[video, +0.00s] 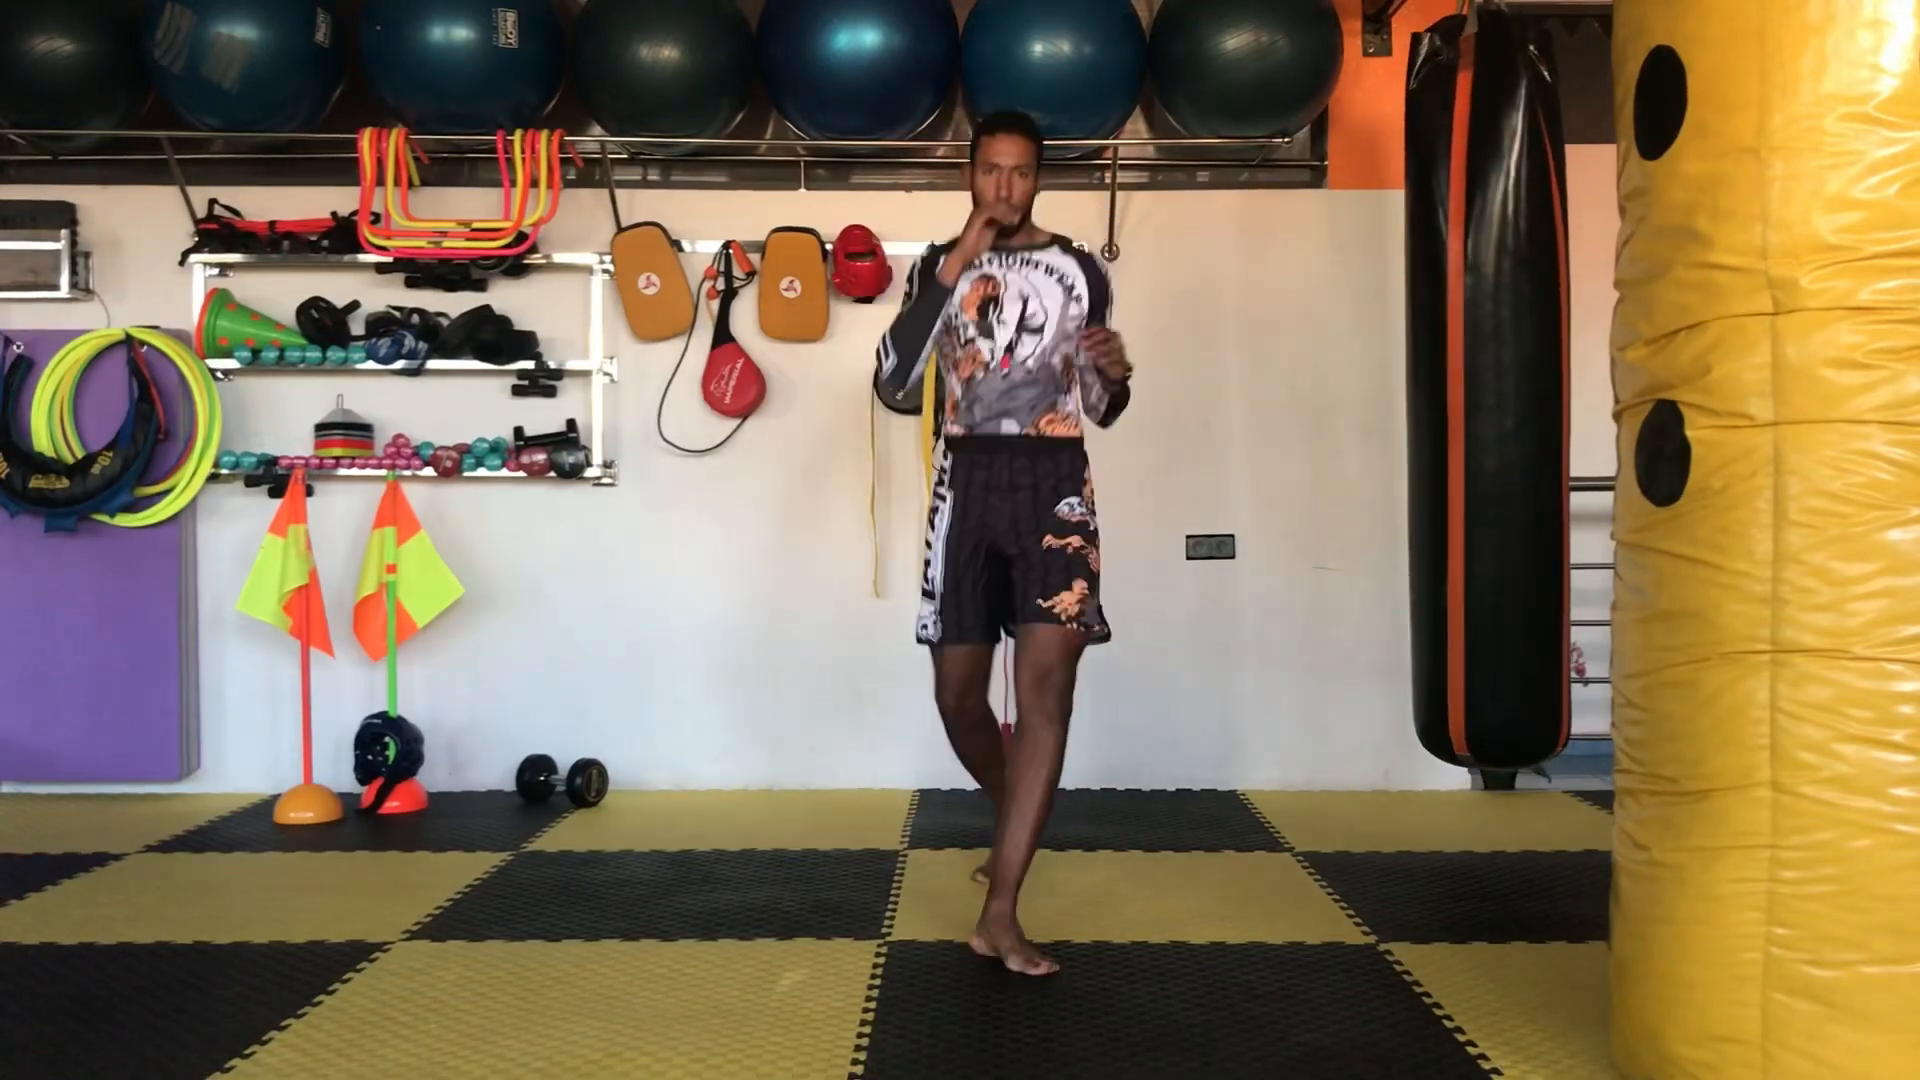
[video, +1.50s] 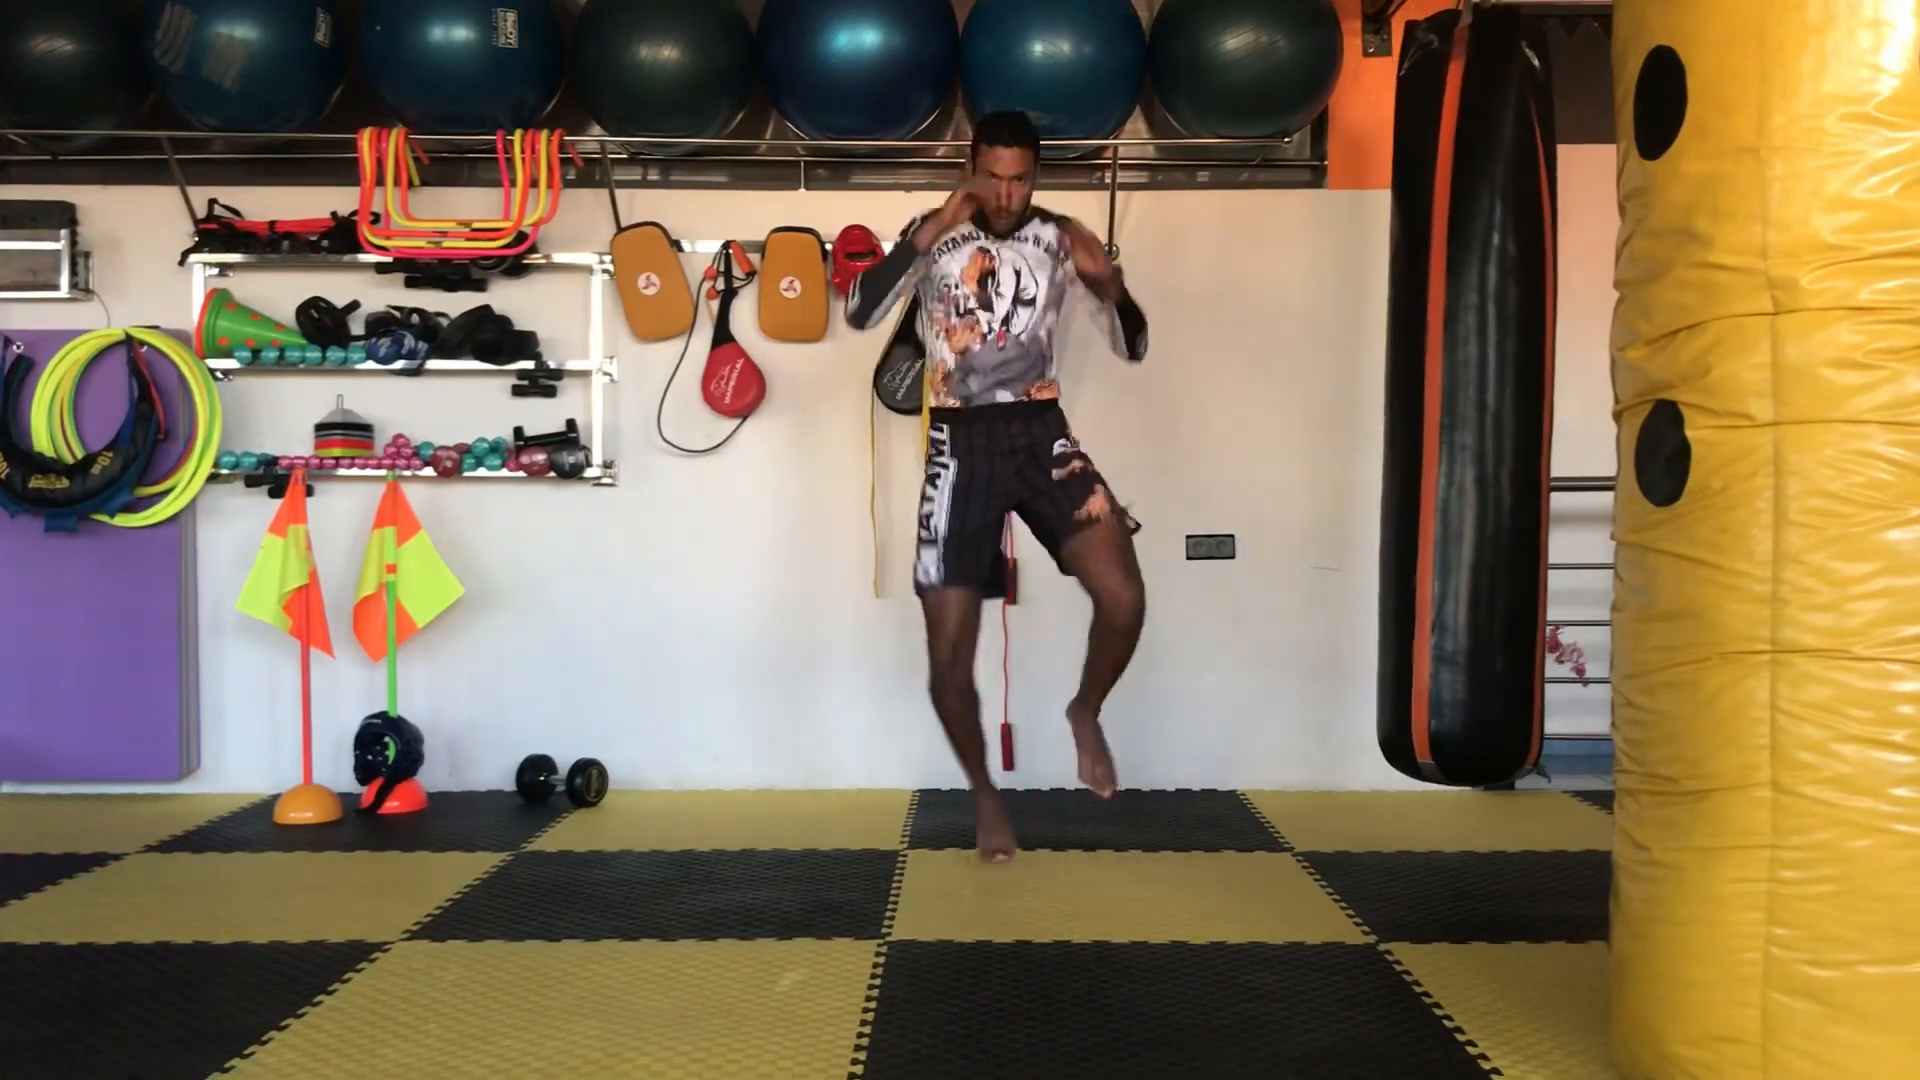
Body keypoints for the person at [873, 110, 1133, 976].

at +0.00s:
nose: (1004, 185)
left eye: (1020, 171)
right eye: (991, 170)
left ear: (1039, 180)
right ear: (970, 177)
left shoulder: (1079, 273)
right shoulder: (939, 269)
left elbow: (1104, 410)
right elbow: (893, 380)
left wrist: (1112, 373)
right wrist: (951, 272)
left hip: (1056, 490)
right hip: (968, 491)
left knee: (1044, 695)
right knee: (959, 701)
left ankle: (1001, 909)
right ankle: (1018, 810)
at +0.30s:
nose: (1006, 173)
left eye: (1020, 160)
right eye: (994, 158)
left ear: (1042, 164)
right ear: (975, 160)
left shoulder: (1075, 236)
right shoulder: (952, 248)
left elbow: (1142, 343)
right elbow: (892, 336)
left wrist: (1103, 259)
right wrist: (938, 248)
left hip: (1062, 453)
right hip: (980, 455)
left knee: (1067, 645)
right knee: (980, 655)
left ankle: (1080, 843)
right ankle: (1019, 815)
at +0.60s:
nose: (1025, 216)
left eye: (1039, 203)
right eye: (1012, 202)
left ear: (1063, 203)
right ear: (995, 202)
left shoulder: (1106, 269)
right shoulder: (980, 280)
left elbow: (1155, 381)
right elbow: (928, 386)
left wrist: (1099, 291)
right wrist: (961, 289)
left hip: (1087, 489)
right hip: (1009, 492)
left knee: (1091, 690)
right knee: (978, 690)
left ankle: (1123, 865)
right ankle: (1035, 824)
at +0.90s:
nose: (1005, 195)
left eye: (1019, 182)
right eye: (993, 181)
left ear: (1043, 181)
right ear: (976, 179)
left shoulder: (1083, 249)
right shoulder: (960, 262)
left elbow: (1146, 332)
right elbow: (901, 354)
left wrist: (1092, 238)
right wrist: (940, 259)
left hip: (1070, 463)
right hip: (990, 465)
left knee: (1088, 664)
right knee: (979, 660)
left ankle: (1117, 855)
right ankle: (1014, 809)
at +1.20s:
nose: (993, 236)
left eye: (1006, 223)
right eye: (981, 222)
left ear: (1028, 221)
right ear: (964, 218)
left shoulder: (1063, 276)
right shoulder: (945, 287)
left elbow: (1120, 388)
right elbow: (891, 392)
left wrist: (1072, 307)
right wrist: (926, 307)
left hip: (1055, 486)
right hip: (978, 492)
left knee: (1068, 668)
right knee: (948, 691)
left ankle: (1117, 861)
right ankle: (1018, 817)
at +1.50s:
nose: (1006, 194)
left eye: (1019, 180)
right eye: (993, 180)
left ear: (1035, 176)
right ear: (971, 171)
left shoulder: (1063, 240)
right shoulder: (932, 234)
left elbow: (1132, 347)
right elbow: (862, 313)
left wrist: (1108, 285)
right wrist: (925, 236)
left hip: (1043, 436)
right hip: (959, 447)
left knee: (1125, 604)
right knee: (948, 660)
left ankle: (1084, 711)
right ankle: (984, 797)